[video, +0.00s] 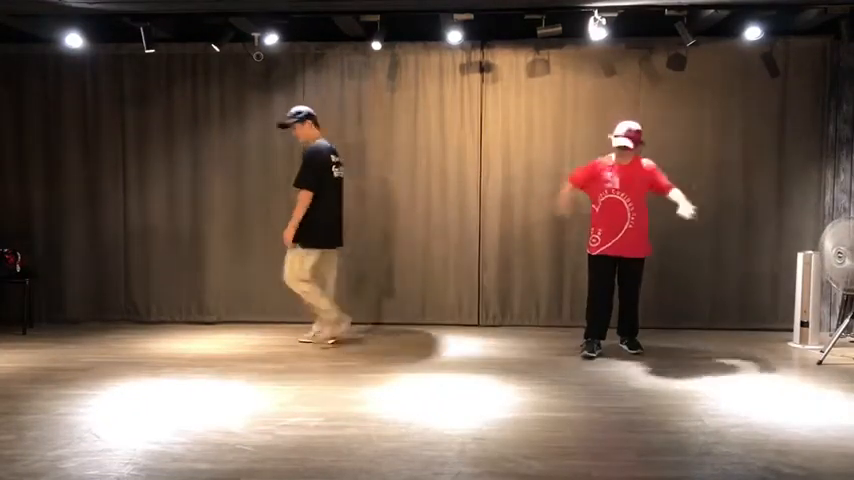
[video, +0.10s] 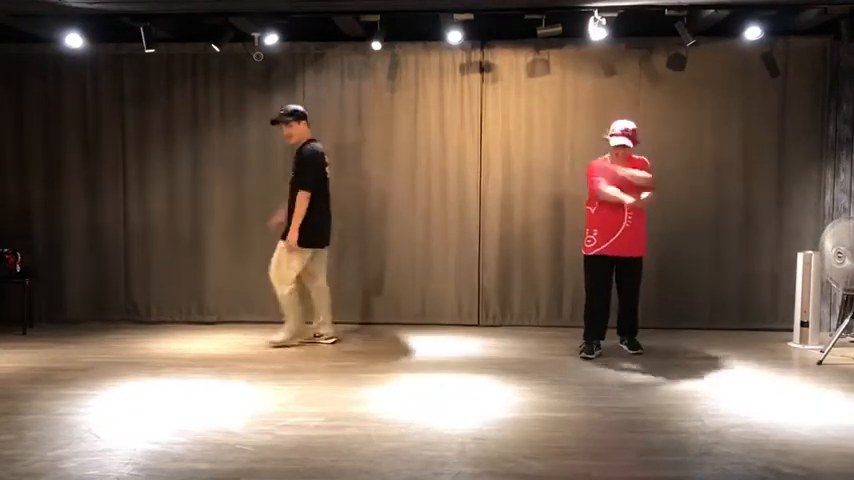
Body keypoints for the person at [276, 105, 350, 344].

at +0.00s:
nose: (294, 134)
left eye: (296, 128)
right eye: (292, 129)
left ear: (309, 124)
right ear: (310, 126)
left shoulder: (314, 153)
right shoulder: (330, 151)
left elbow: (306, 195)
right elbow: (329, 196)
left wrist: (291, 227)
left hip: (313, 231)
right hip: (331, 230)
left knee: (295, 276)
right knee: (325, 281)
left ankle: (336, 320)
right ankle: (322, 328)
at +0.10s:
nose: (285, 133)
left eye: (288, 126)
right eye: (283, 127)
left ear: (302, 124)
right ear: (300, 127)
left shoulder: (307, 153)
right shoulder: (314, 151)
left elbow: (304, 195)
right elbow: (303, 192)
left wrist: (294, 229)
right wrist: (286, 213)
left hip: (303, 232)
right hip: (318, 231)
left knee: (280, 274)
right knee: (316, 280)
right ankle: (325, 328)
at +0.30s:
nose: (269, 131)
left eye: (274, 126)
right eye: (266, 127)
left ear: (288, 127)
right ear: (264, 130)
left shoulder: (293, 158)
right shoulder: (270, 154)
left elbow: (296, 199)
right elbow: (256, 183)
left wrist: (295, 234)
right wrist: (237, 204)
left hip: (279, 235)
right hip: (277, 232)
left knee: (266, 286)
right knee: (297, 282)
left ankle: (253, 332)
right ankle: (319, 325)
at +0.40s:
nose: (260, 130)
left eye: (266, 125)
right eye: (258, 125)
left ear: (279, 126)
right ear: (256, 126)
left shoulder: (285, 157)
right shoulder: (258, 152)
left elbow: (286, 199)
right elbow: (245, 183)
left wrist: (288, 235)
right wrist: (228, 209)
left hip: (273, 233)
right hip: (255, 229)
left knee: (265, 282)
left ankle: (254, 330)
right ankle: (299, 309)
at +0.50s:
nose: (253, 128)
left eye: (259, 123)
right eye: (250, 123)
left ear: (272, 125)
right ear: (246, 126)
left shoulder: (280, 157)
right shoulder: (247, 151)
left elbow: (276, 198)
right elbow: (238, 187)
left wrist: (272, 232)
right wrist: (229, 217)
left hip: (264, 233)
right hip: (242, 228)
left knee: (259, 288)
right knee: (228, 270)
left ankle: (254, 331)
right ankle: (267, 305)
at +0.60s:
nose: (247, 126)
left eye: (253, 120)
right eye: (243, 120)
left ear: (265, 123)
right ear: (239, 124)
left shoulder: (275, 154)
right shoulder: (236, 151)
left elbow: (275, 194)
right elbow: (234, 188)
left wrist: (254, 226)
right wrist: (231, 219)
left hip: (261, 229)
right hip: (234, 225)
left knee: (257, 285)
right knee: (216, 269)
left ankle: (254, 330)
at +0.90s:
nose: (224, 126)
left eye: (230, 120)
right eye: (219, 120)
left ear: (241, 124)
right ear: (214, 124)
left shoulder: (255, 155)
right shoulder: (207, 156)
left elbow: (263, 195)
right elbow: (196, 196)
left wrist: (244, 228)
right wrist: (190, 231)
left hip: (242, 238)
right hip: (209, 237)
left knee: (243, 291)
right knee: (199, 290)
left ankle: (243, 334)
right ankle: (196, 343)